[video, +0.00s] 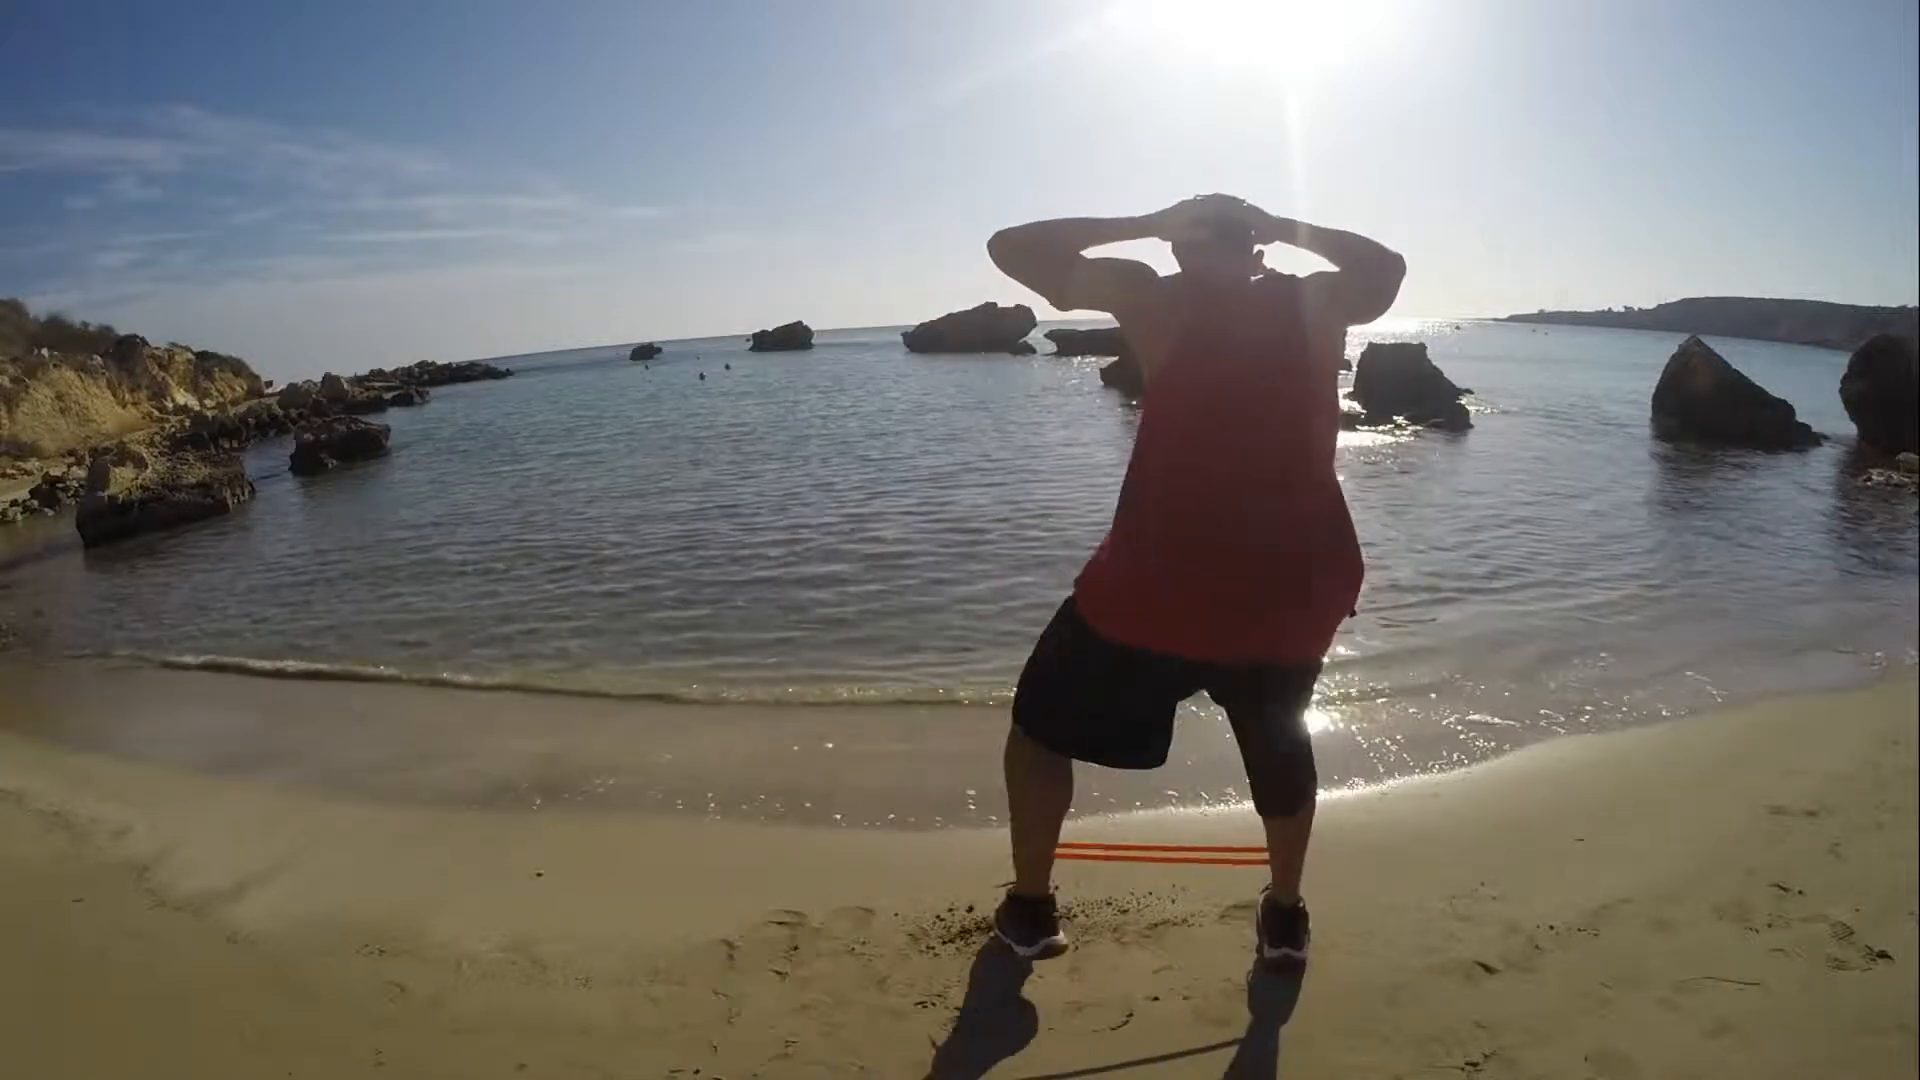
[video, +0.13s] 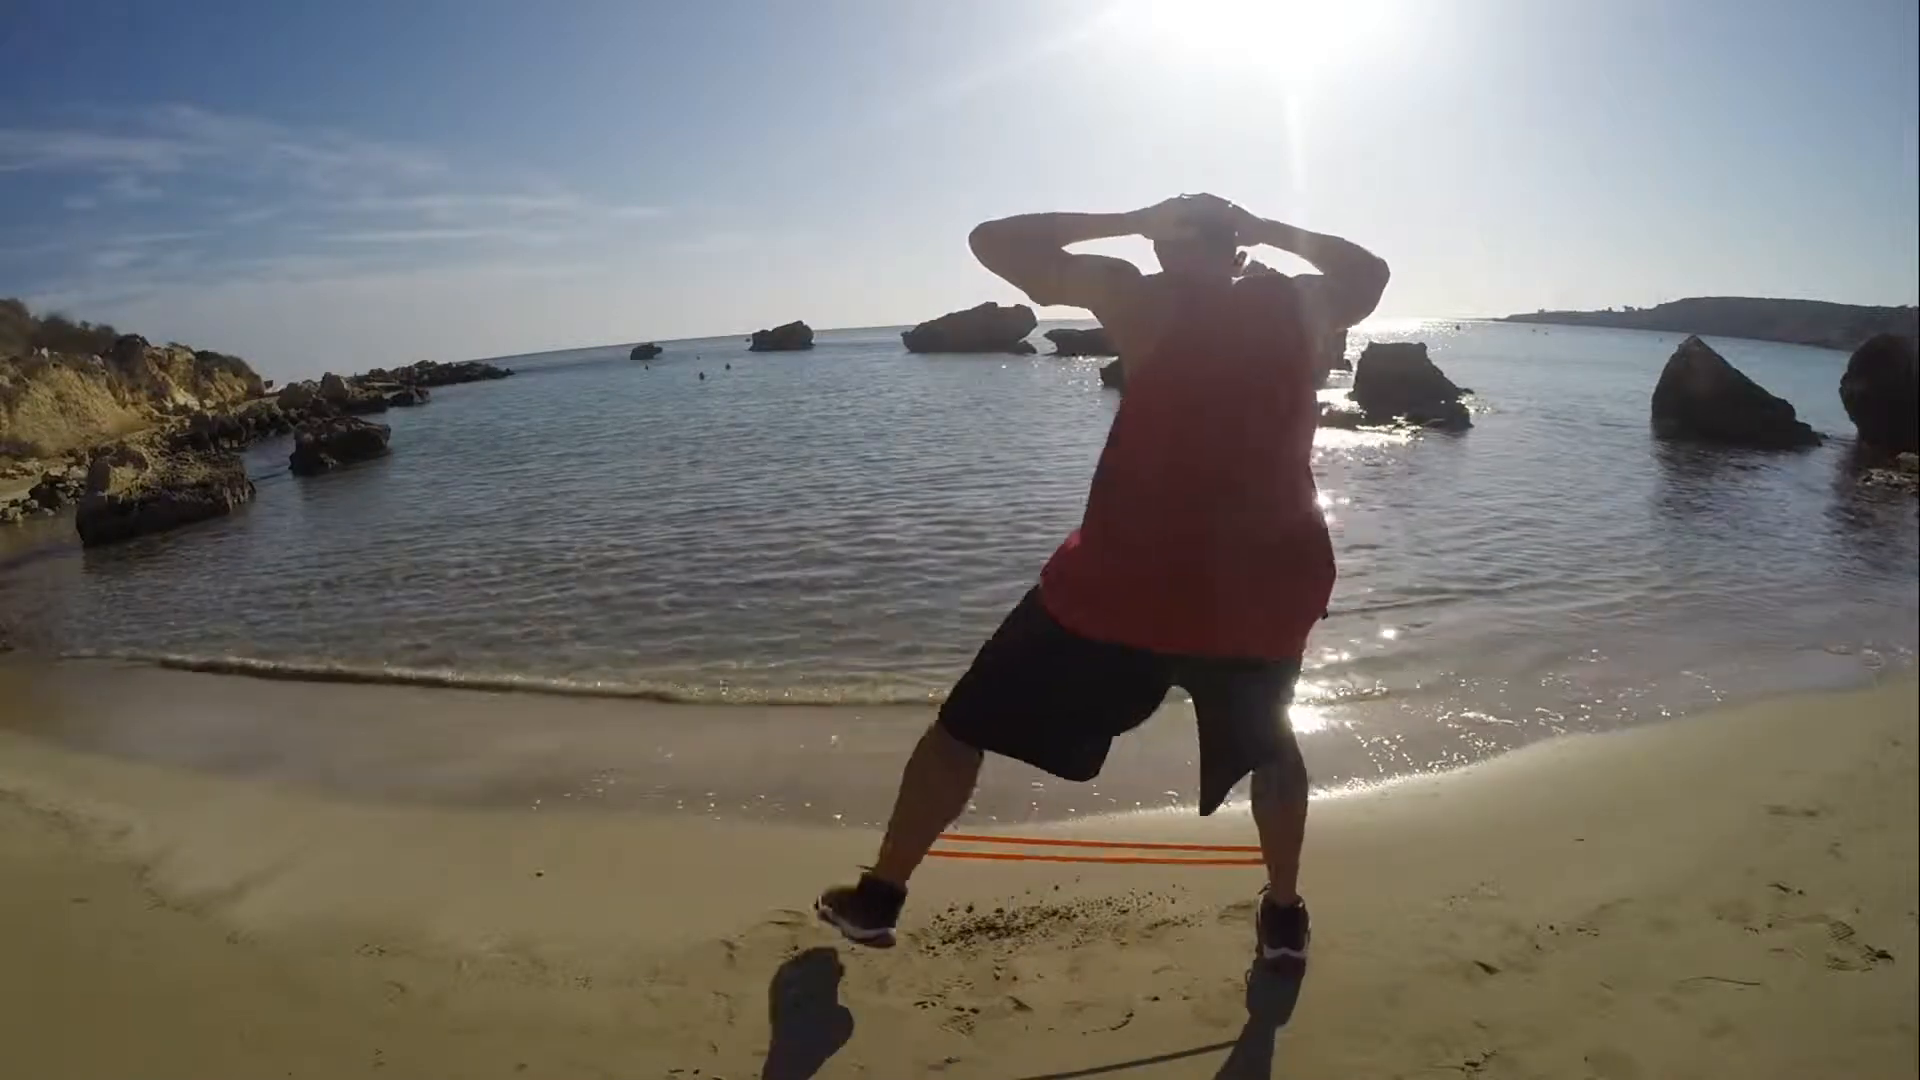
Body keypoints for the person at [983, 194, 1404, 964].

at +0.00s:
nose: (1189, 248)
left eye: (1189, 236)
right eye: (1196, 236)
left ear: (1183, 246)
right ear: (1255, 244)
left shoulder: (1152, 303)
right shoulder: (1320, 301)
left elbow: (1013, 246)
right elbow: (1385, 266)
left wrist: (1147, 222)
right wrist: (1286, 227)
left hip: (1158, 567)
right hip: (1296, 576)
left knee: (1042, 719)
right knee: (1278, 729)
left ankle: (1030, 902)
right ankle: (1285, 910)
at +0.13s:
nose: (1166, 247)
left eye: (1168, 236)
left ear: (1165, 246)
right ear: (1240, 246)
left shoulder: (1136, 303)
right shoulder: (1306, 307)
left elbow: (997, 239)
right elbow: (1369, 269)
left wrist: (1133, 219)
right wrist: (1267, 228)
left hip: (1126, 568)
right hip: (1268, 580)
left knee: (966, 723)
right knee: (1271, 739)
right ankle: (1284, 911)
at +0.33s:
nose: (1116, 265)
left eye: (1117, 253)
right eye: (1114, 254)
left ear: (1089, 270)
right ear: (1157, 271)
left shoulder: (1044, 330)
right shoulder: (1217, 336)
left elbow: (907, 266)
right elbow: (1292, 284)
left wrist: (1047, 244)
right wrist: (1181, 247)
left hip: (1032, 606)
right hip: (1183, 613)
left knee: (884, 773)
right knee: (1243, 763)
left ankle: (788, 932)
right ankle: (1279, 910)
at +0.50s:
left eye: (988, 239)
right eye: (1027, 239)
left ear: (961, 254)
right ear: (1048, 259)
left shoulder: (913, 318)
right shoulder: (1101, 323)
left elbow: (789, 252)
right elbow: (1196, 277)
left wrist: (929, 228)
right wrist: (1077, 233)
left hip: (924, 604)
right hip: (1080, 604)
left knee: (817, 768)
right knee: (1184, 755)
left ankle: (773, 941)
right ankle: (1257, 898)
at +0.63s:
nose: (914, 223)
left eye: (903, 214)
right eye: (934, 213)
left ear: (878, 238)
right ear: (968, 239)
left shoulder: (833, 298)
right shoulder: (1019, 297)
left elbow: (715, 234)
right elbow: (1128, 250)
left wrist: (851, 208)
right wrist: (995, 211)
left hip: (854, 593)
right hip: (1010, 585)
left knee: (785, 773)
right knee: (1092, 748)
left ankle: (771, 940)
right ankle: (1126, 904)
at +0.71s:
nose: (880, 220)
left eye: (871, 210)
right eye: (889, 210)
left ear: (839, 232)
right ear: (933, 233)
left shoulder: (795, 293)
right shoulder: (986, 289)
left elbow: (680, 238)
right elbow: (1094, 240)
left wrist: (810, 207)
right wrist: (960, 204)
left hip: (826, 590)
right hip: (981, 583)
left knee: (775, 778)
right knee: (1018, 745)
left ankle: (767, 939)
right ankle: (998, 911)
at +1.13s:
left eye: (812, 234)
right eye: (850, 229)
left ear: (788, 248)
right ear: (873, 241)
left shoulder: (752, 310)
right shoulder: (932, 288)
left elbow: (637, 272)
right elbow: (1037, 235)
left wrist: (756, 229)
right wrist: (900, 213)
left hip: (819, 589)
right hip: (971, 570)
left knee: (778, 773)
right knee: (1046, 718)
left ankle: (771, 936)